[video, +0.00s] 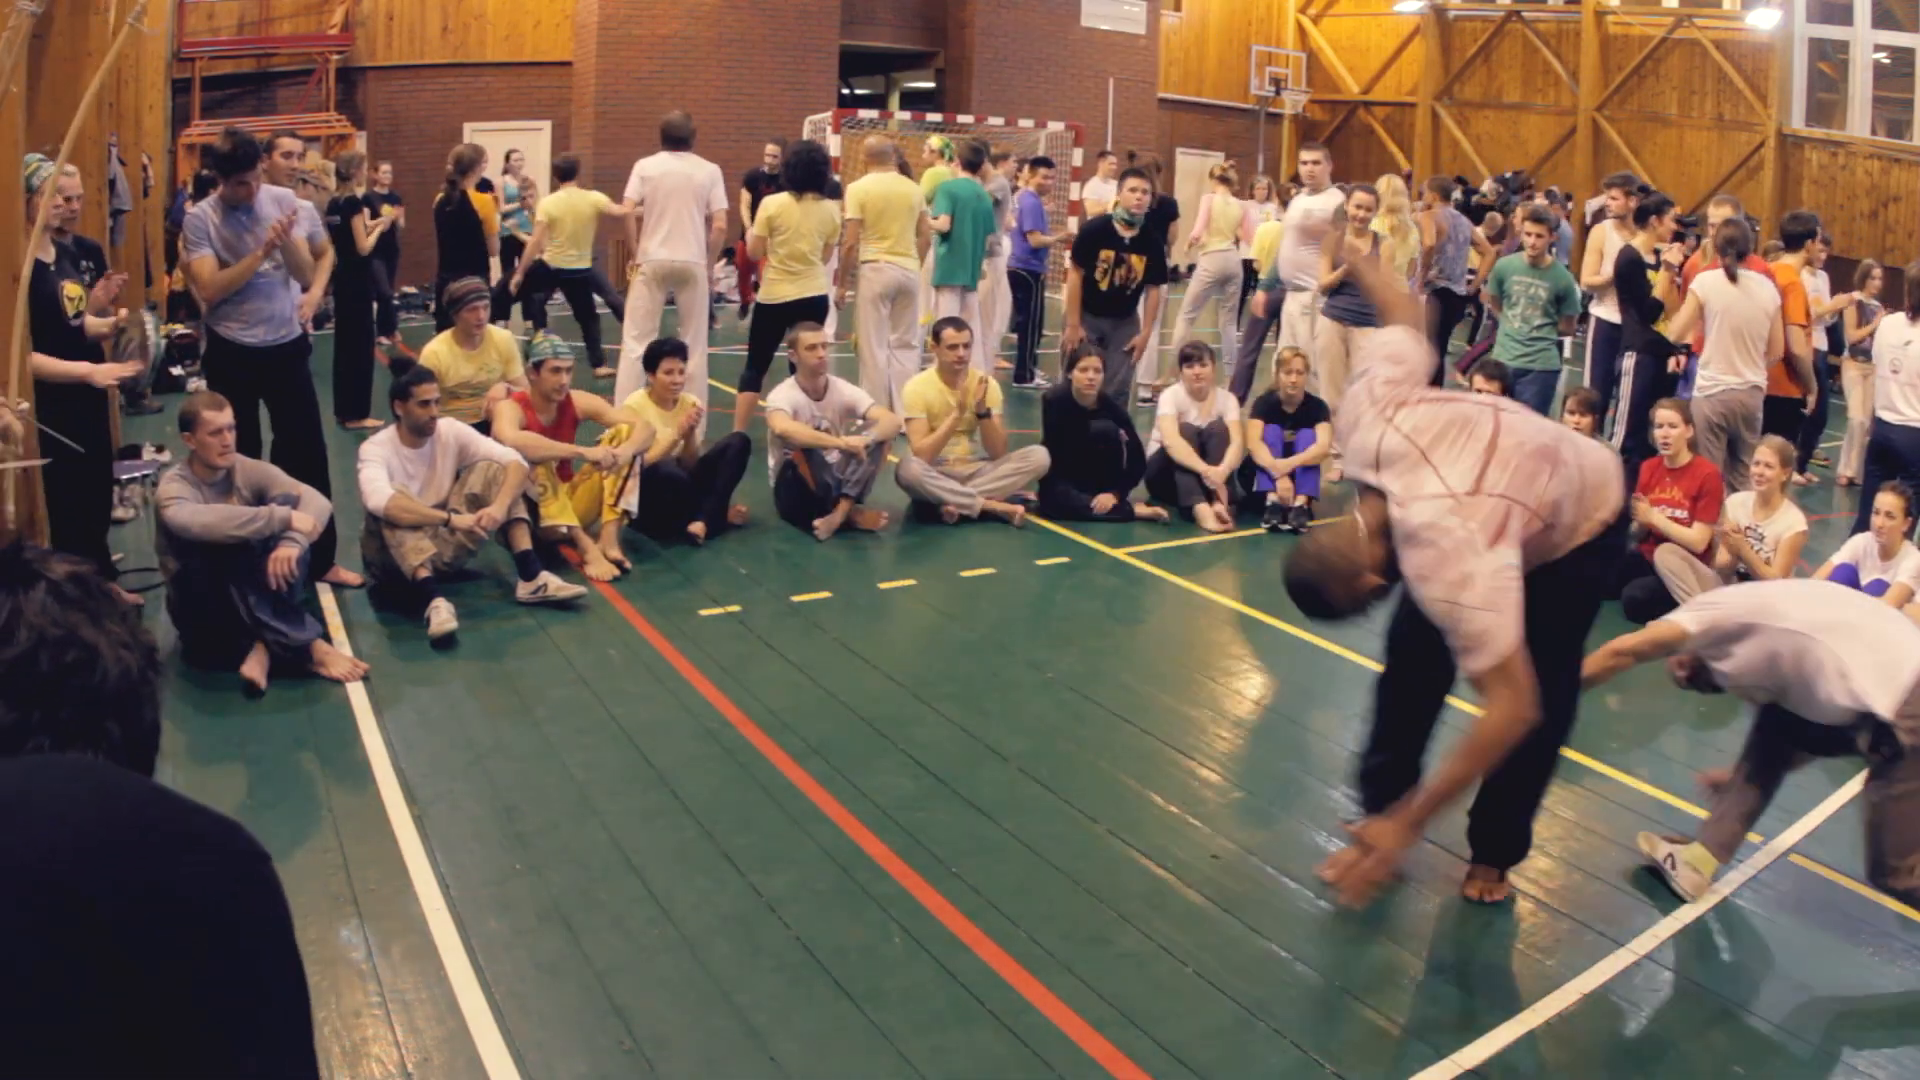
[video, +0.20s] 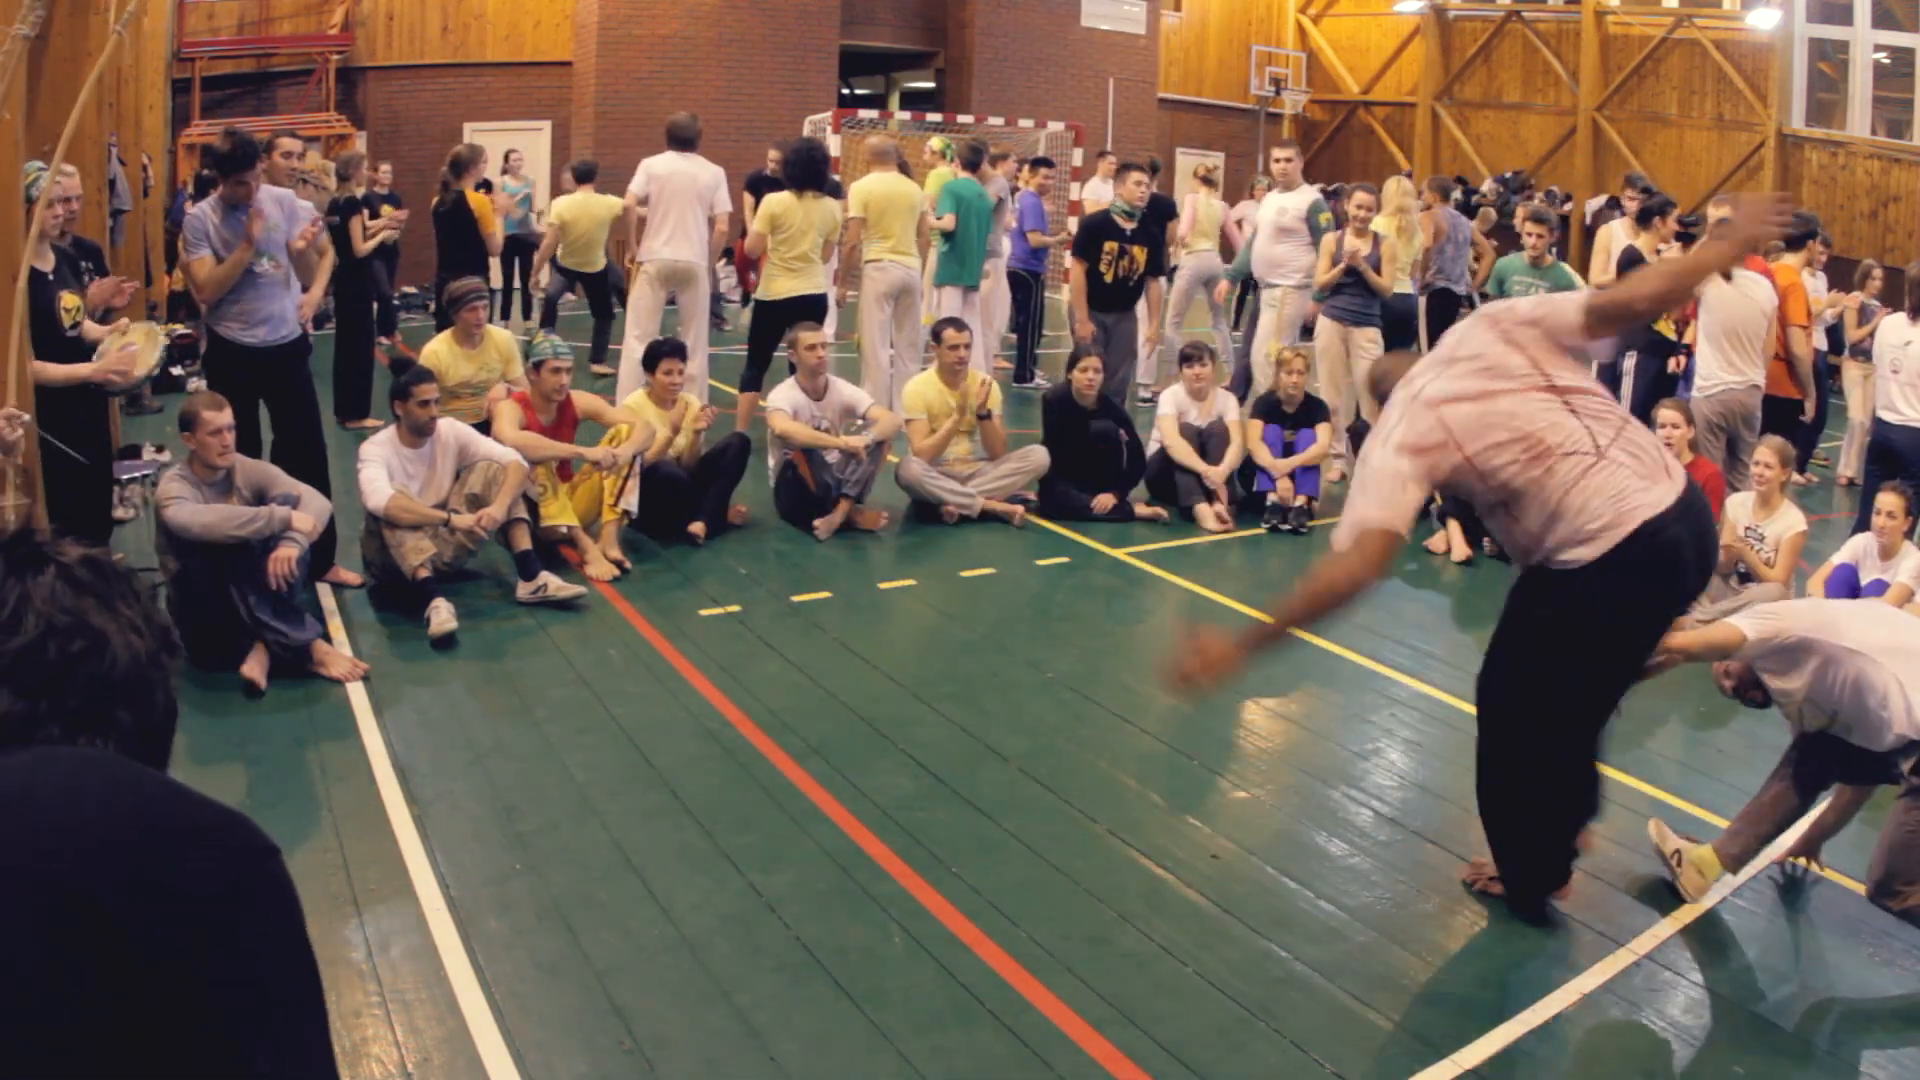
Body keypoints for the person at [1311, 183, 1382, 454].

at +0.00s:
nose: (1362, 214)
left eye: (1368, 209)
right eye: (1357, 207)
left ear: (1375, 213)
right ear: (1347, 207)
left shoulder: (1381, 244)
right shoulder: (1334, 239)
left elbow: (1382, 285)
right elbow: (1323, 282)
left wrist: (1361, 268)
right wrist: (1347, 267)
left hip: (1367, 320)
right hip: (1333, 316)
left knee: (1365, 387)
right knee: (1332, 387)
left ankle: (1360, 452)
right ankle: (1331, 453)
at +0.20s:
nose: (1363, 214)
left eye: (1369, 209)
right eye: (1358, 208)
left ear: (1376, 213)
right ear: (1346, 208)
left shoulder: (1383, 244)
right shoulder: (1330, 240)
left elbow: (1387, 289)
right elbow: (1319, 284)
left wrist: (1363, 266)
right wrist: (1342, 266)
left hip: (1366, 322)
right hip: (1331, 319)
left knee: (1370, 393)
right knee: (1333, 391)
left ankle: (1380, 460)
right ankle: (1336, 457)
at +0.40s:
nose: (1364, 215)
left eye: (1370, 210)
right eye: (1359, 208)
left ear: (1377, 214)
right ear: (1347, 207)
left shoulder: (1384, 244)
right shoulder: (1331, 240)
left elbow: (1385, 288)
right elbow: (1322, 283)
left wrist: (1360, 265)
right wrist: (1347, 265)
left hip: (1366, 326)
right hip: (1331, 323)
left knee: (1371, 391)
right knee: (1332, 390)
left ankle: (1373, 458)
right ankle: (1337, 456)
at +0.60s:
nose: (1364, 214)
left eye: (1370, 210)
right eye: (1359, 208)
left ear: (1377, 214)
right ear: (1347, 207)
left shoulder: (1385, 243)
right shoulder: (1331, 239)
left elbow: (1387, 288)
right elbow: (1321, 286)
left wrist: (1363, 265)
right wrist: (1339, 261)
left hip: (1367, 323)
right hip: (1331, 319)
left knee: (1372, 395)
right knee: (1333, 392)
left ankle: (1375, 461)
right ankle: (1336, 457)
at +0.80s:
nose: (1364, 215)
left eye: (1370, 210)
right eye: (1359, 208)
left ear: (1378, 214)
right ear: (1347, 207)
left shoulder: (1385, 244)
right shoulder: (1331, 240)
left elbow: (1385, 289)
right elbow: (1321, 285)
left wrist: (1359, 264)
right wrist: (1344, 265)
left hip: (1367, 323)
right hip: (1331, 320)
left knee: (1372, 397)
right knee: (1333, 393)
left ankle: (1373, 462)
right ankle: (1336, 458)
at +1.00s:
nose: (1364, 214)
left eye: (1370, 210)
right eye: (1359, 207)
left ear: (1377, 214)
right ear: (1347, 207)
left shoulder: (1385, 243)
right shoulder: (1331, 239)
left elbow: (1385, 288)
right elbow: (1322, 286)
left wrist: (1360, 264)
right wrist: (1344, 264)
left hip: (1367, 322)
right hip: (1331, 318)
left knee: (1372, 395)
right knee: (1333, 391)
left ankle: (1373, 461)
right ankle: (1337, 456)